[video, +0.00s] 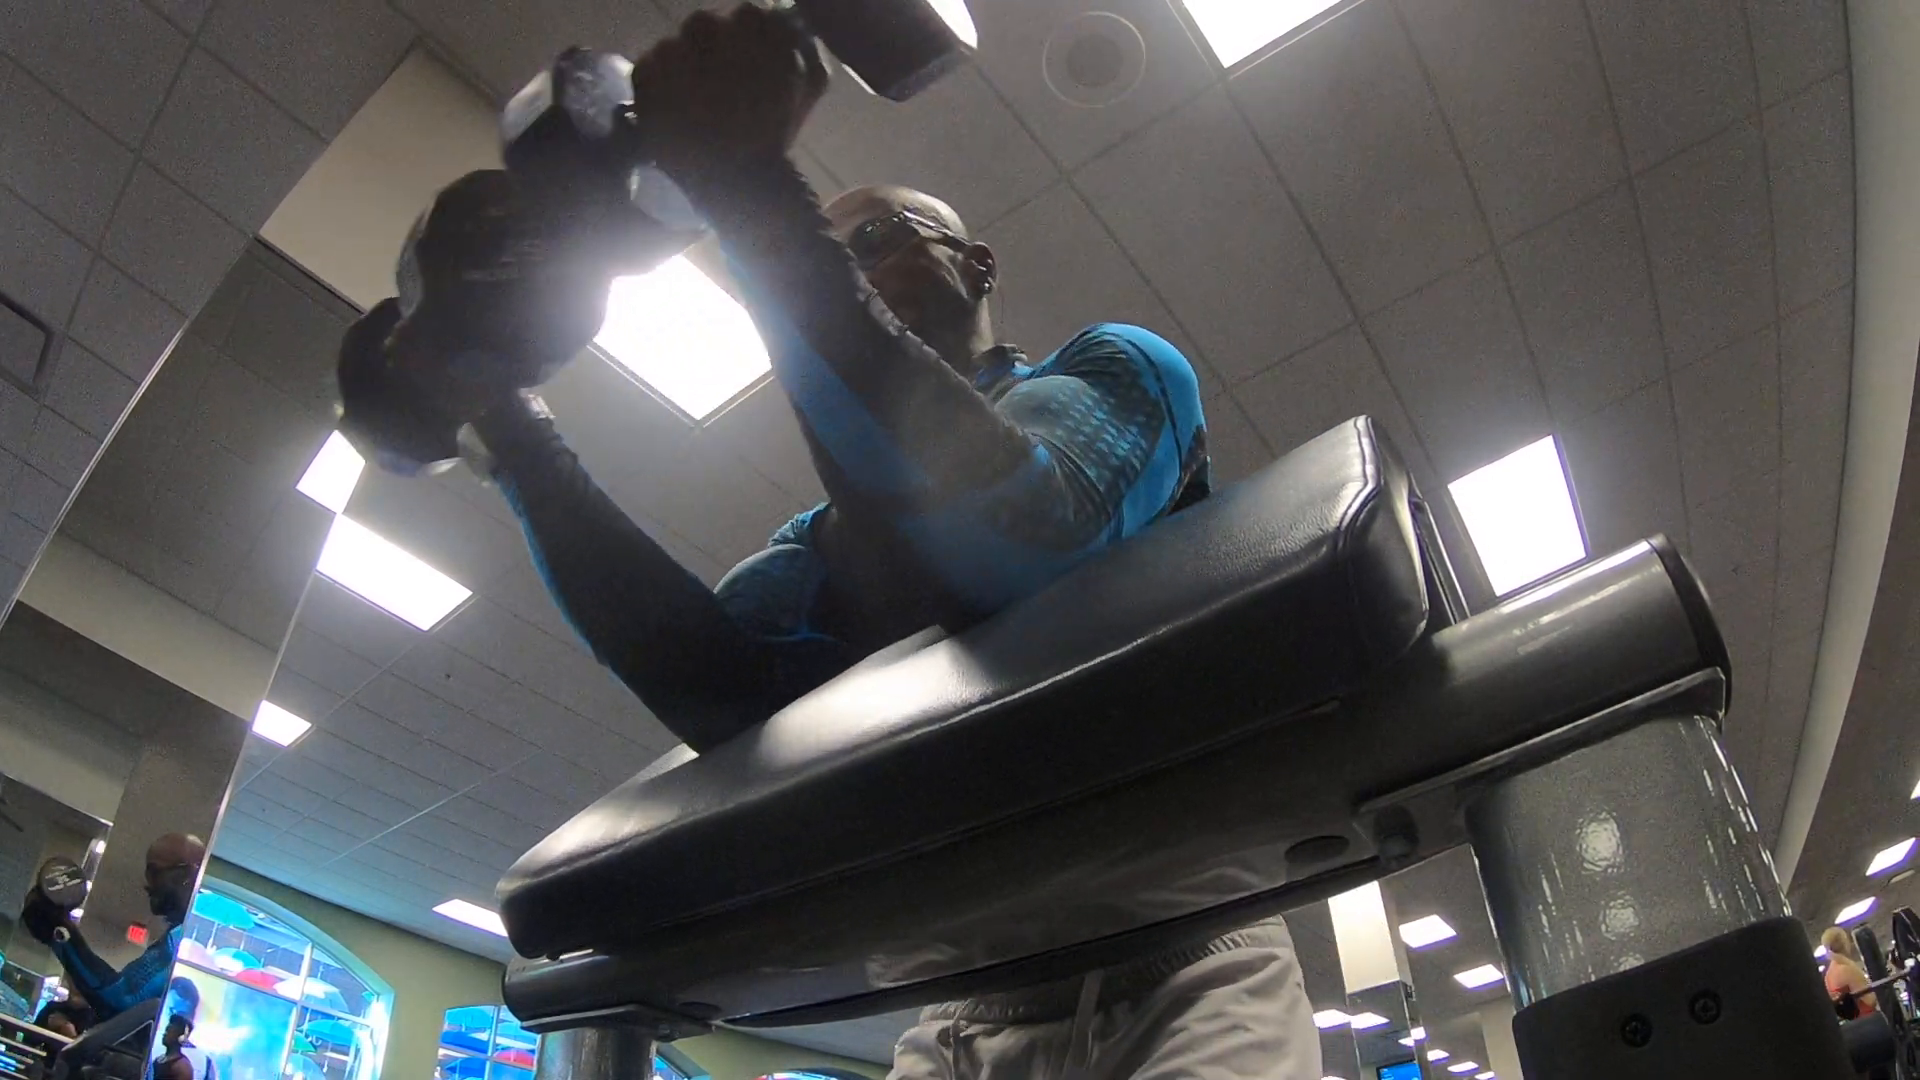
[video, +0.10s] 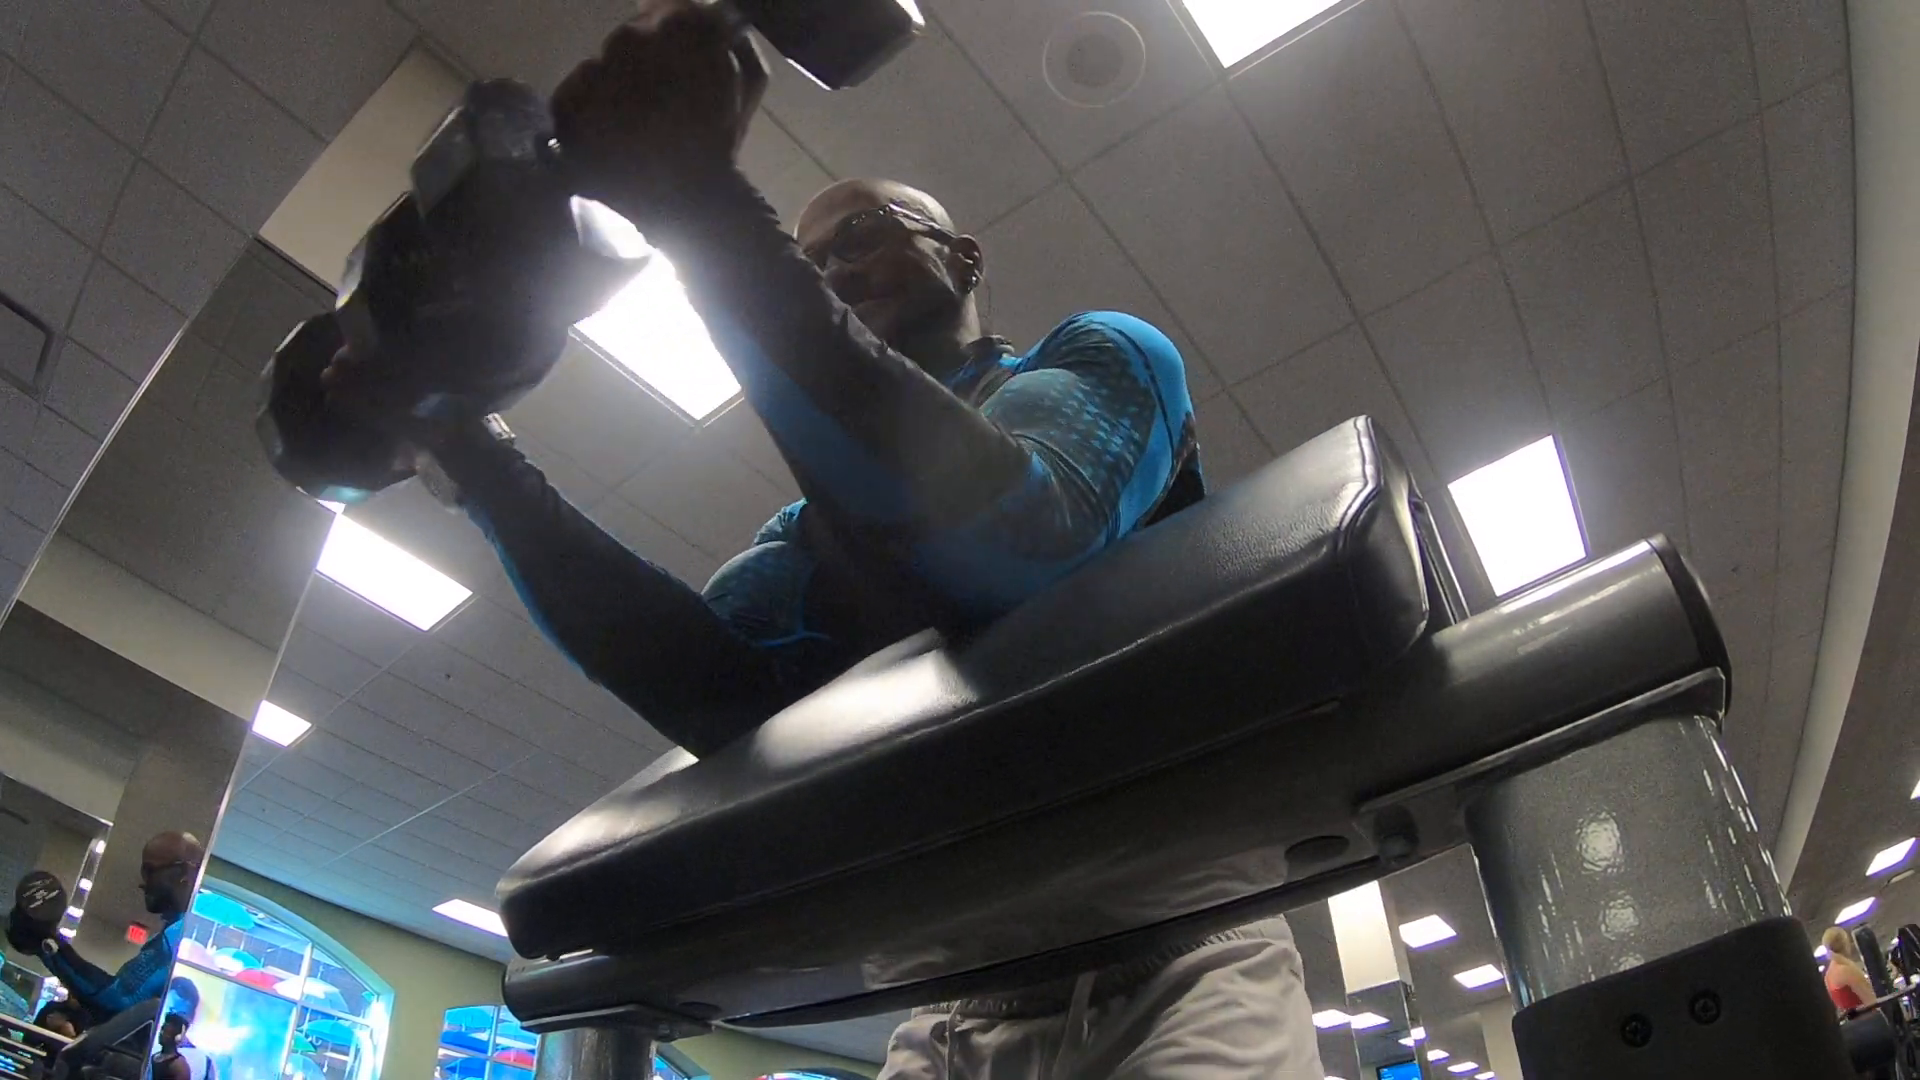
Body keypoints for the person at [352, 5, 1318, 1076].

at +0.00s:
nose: (852, 275)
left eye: (888, 239)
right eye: (823, 265)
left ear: (978, 270)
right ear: (807, 322)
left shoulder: (1120, 369)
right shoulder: (838, 538)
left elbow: (1016, 538)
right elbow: (719, 692)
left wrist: (744, 191)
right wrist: (509, 428)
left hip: (1199, 960)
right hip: (964, 1021)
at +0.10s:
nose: (825, 275)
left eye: (860, 236)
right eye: (801, 273)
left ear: (961, 256)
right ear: (790, 321)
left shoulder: (1104, 361)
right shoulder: (820, 532)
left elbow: (1015, 534)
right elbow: (709, 688)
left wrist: (696, 203)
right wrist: (453, 439)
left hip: (1195, 956)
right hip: (957, 1010)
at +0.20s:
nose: (816, 266)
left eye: (853, 228)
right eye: (794, 266)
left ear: (954, 250)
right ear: (800, 320)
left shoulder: (1096, 346)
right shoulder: (816, 514)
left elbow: (1027, 543)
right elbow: (709, 689)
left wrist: (664, 231)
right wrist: (424, 452)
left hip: (1199, 947)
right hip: (966, 1004)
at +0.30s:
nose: (818, 267)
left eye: (850, 226)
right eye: (799, 263)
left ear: (955, 241)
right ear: (802, 314)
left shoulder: (1099, 341)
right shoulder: (823, 505)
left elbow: (1034, 541)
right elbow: (715, 682)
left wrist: (640, 259)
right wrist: (407, 484)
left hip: (1211, 940)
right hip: (971, 1001)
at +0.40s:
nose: (823, 261)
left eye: (855, 225)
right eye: (804, 262)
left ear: (959, 241)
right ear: (812, 314)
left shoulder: (1100, 333)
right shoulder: (818, 500)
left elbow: (1031, 539)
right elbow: (708, 687)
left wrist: (615, 278)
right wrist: (415, 529)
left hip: (1214, 929)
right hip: (975, 994)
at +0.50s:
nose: (815, 261)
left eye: (849, 224)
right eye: (799, 258)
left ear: (956, 237)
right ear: (812, 310)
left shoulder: (1101, 329)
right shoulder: (822, 495)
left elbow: (1019, 541)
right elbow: (701, 696)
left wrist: (589, 328)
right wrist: (374, 560)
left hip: (1206, 939)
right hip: (974, 998)